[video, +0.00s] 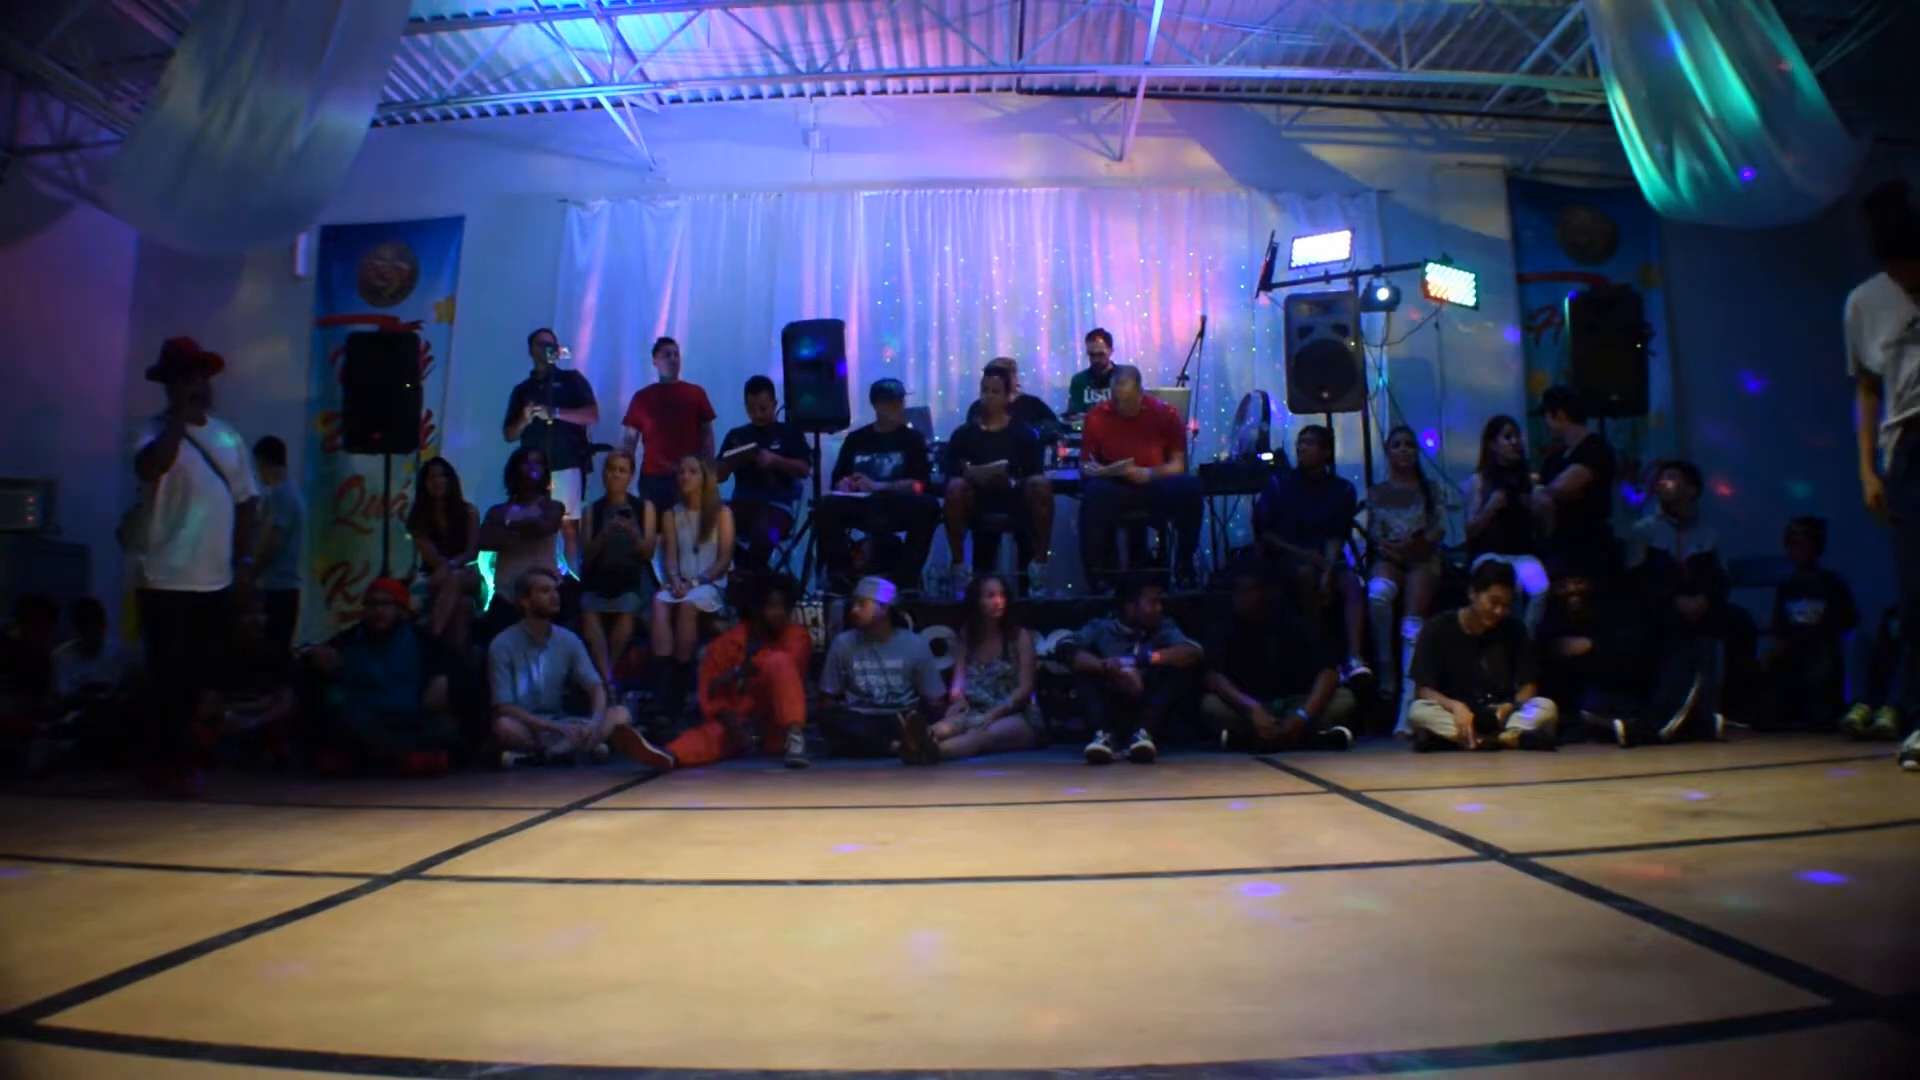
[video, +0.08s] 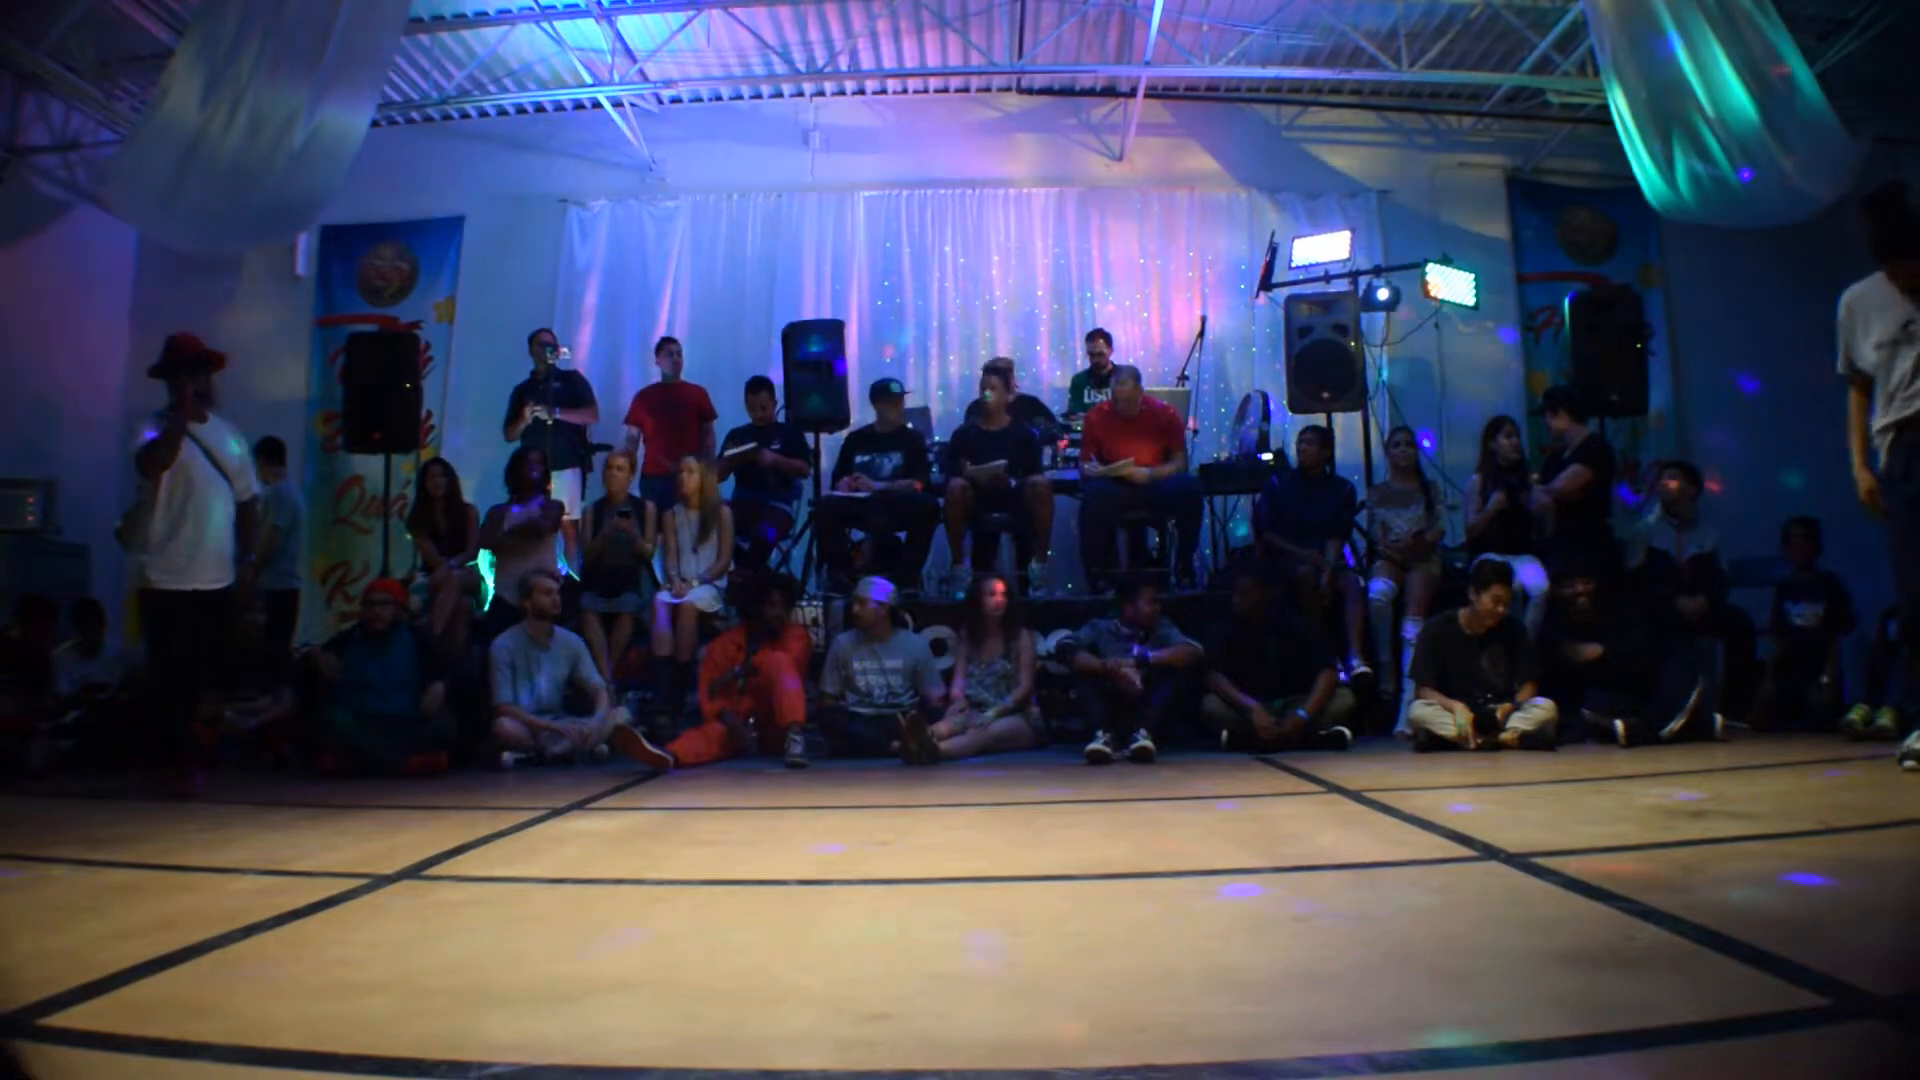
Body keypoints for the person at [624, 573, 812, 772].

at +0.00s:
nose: (778, 613)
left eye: (783, 607)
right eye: (771, 606)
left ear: (789, 609)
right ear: (755, 607)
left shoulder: (796, 636)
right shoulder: (727, 644)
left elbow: (786, 665)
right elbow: (710, 701)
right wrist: (733, 723)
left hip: (775, 723)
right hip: (738, 724)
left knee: (779, 661)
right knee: (709, 736)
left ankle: (795, 737)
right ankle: (669, 755)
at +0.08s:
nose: (778, 613)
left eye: (783, 607)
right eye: (771, 606)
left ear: (789, 609)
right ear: (754, 608)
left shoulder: (796, 637)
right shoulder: (726, 645)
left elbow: (786, 667)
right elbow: (710, 702)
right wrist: (731, 719)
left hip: (775, 723)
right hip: (739, 725)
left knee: (778, 661)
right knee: (711, 735)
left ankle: (794, 737)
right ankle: (669, 755)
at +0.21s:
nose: (778, 613)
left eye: (783, 606)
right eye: (771, 606)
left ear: (789, 609)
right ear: (754, 609)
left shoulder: (796, 636)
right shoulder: (724, 646)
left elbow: (787, 667)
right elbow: (709, 705)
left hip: (775, 721)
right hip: (737, 724)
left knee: (779, 660)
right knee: (710, 736)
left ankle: (795, 737)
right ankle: (669, 756)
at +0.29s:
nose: (778, 613)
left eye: (783, 607)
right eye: (771, 606)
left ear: (790, 609)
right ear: (754, 609)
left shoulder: (796, 636)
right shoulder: (724, 646)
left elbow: (786, 664)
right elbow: (708, 706)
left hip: (774, 719)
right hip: (736, 724)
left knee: (778, 659)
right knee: (710, 736)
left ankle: (795, 736)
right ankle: (669, 756)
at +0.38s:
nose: (779, 613)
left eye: (783, 607)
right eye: (771, 606)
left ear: (789, 609)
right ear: (754, 609)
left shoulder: (796, 636)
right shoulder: (724, 646)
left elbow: (787, 664)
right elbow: (708, 706)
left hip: (774, 720)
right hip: (736, 724)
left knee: (778, 659)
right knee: (710, 736)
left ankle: (795, 736)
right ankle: (670, 755)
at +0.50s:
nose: (778, 614)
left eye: (783, 607)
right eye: (771, 606)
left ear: (789, 609)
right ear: (754, 608)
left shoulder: (795, 637)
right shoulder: (725, 645)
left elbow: (789, 666)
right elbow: (708, 702)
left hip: (774, 720)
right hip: (736, 723)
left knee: (778, 660)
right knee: (710, 736)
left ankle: (795, 736)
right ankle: (669, 755)